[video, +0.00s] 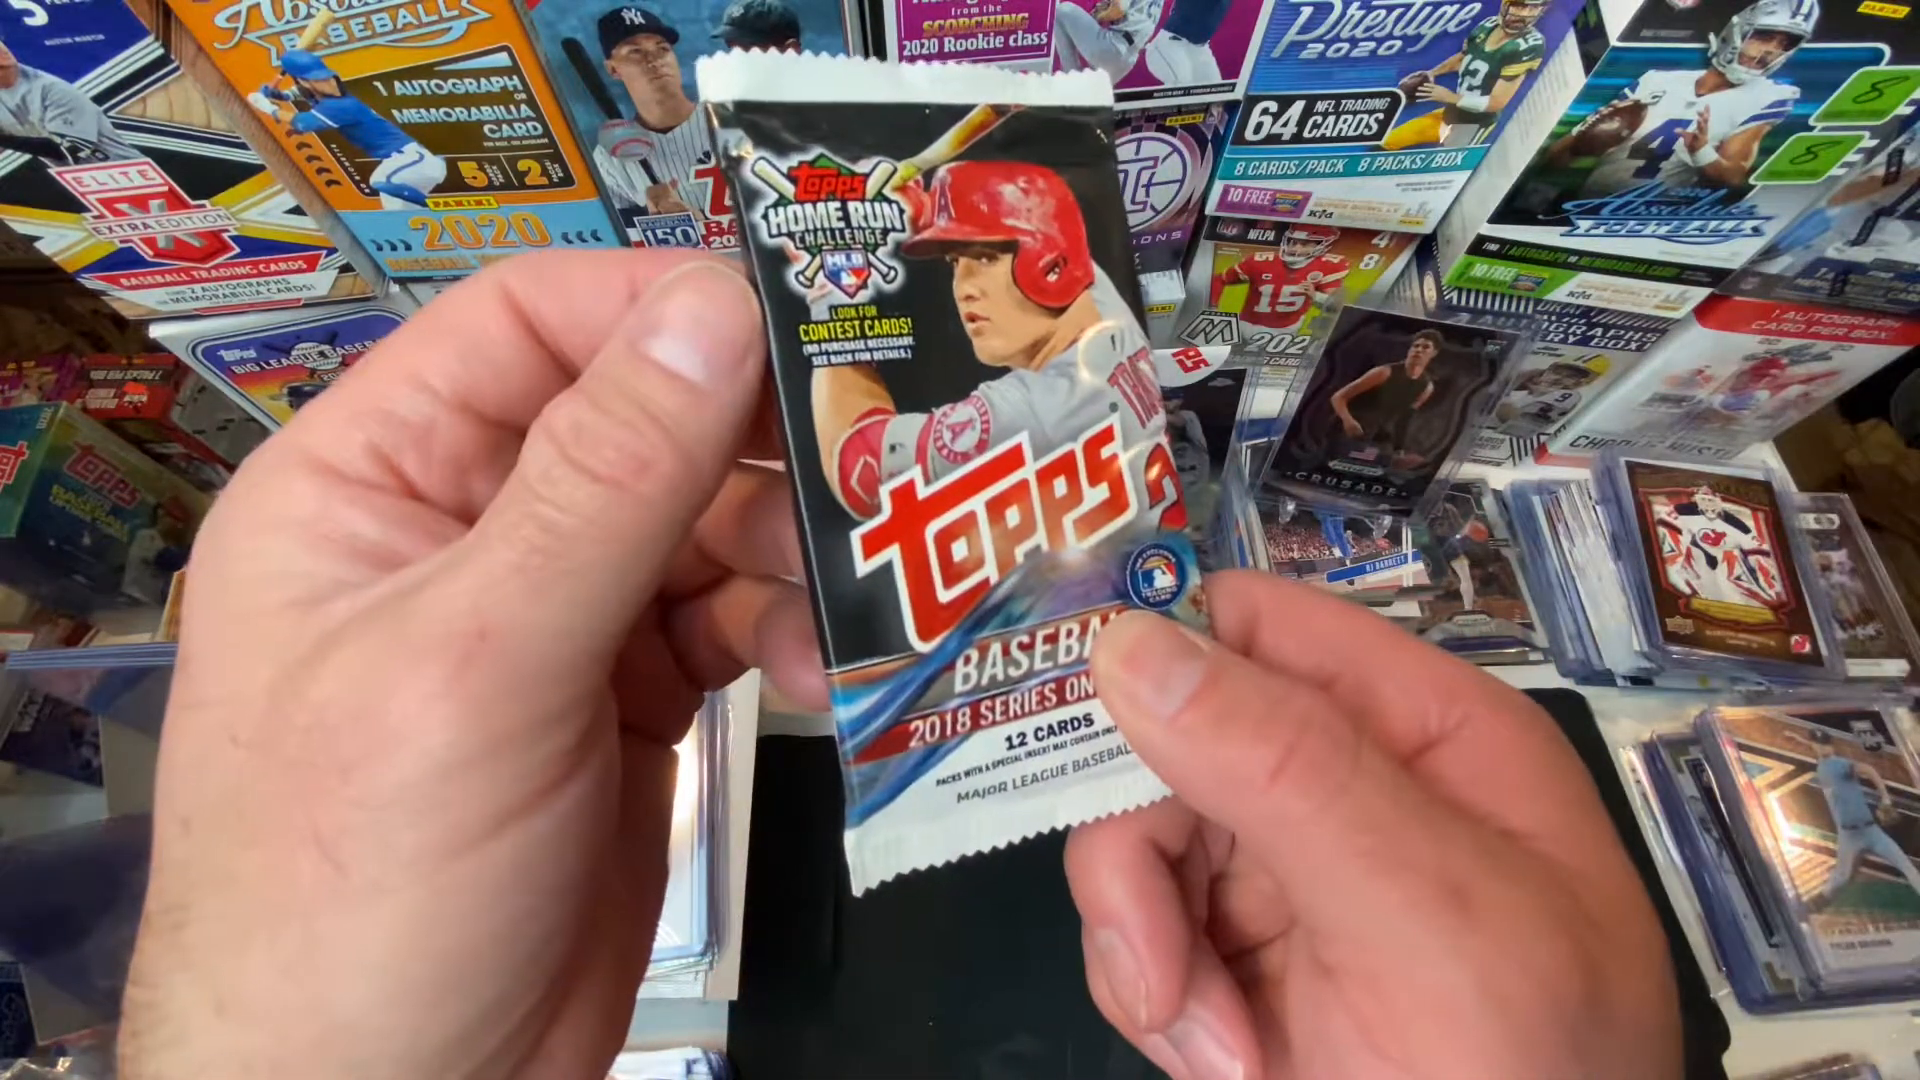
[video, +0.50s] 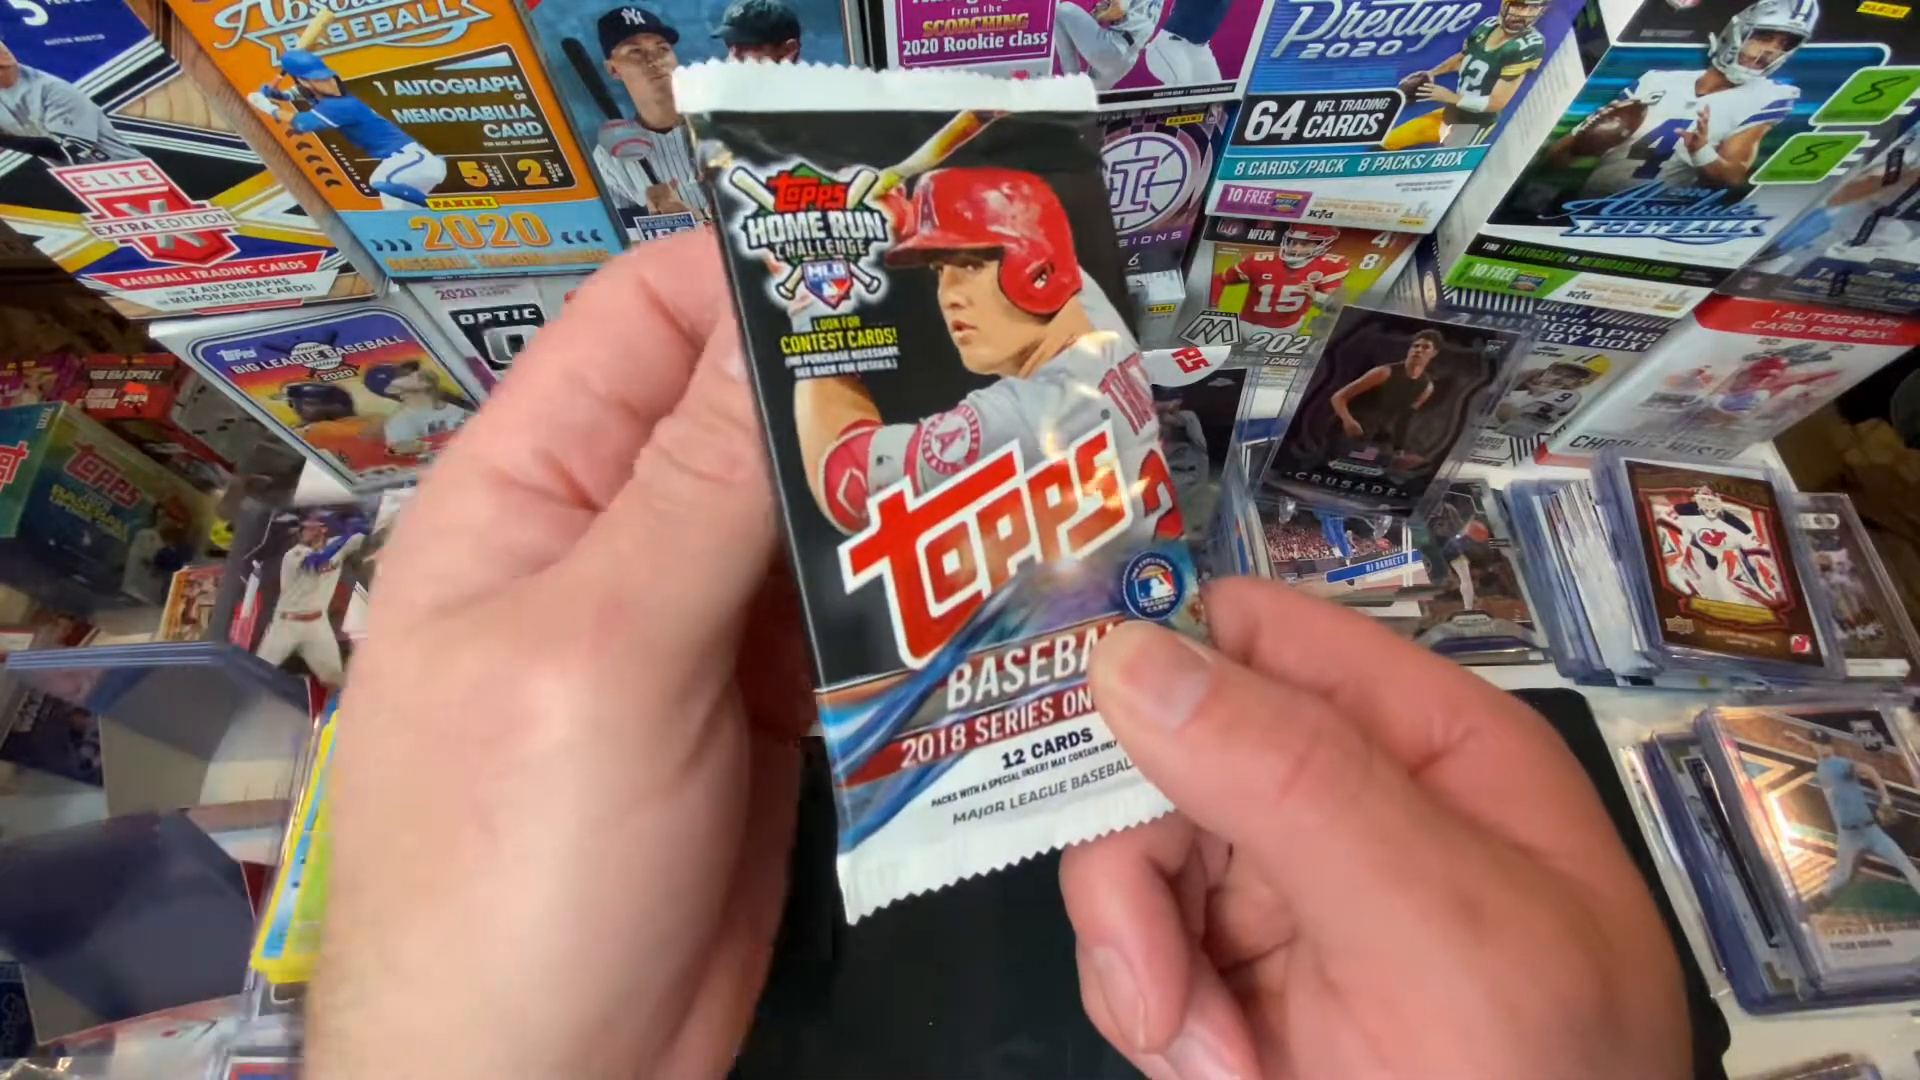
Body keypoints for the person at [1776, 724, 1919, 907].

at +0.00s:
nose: (1825, 749)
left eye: (1827, 744)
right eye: (1820, 746)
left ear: (1831, 745)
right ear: (1813, 747)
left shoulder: (1840, 764)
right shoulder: (1824, 767)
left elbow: (1869, 770)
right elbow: (1866, 770)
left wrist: (1885, 798)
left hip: (1870, 829)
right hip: (1847, 834)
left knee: (1904, 863)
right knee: (1842, 875)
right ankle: (1821, 899)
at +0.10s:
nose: (1824, 749)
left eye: (1826, 744)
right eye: (1819, 746)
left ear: (1831, 745)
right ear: (1813, 747)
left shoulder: (1839, 764)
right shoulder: (1822, 767)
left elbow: (1869, 770)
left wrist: (1885, 798)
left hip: (1870, 828)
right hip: (1847, 834)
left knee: (1904, 864)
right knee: (1842, 876)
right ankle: (1817, 902)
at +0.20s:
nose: (1824, 750)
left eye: (1827, 745)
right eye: (1819, 746)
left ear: (1832, 745)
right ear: (1813, 747)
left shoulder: (1840, 764)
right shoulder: (1822, 768)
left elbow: (1869, 770)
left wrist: (1885, 798)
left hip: (1870, 828)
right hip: (1847, 834)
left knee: (1904, 863)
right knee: (1842, 876)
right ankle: (1819, 901)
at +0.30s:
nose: (1824, 750)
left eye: (1826, 745)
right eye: (1819, 746)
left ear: (1831, 745)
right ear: (1813, 747)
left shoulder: (1840, 764)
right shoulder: (1823, 768)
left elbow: (1869, 770)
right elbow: (1866, 770)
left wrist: (1885, 798)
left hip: (1870, 828)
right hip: (1847, 834)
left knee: (1904, 863)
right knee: (1842, 875)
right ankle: (1817, 902)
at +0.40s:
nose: (1824, 750)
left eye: (1827, 745)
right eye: (1819, 746)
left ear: (1832, 745)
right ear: (1813, 747)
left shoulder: (1840, 764)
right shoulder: (1823, 768)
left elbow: (1869, 770)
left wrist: (1885, 798)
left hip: (1870, 828)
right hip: (1847, 834)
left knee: (1904, 863)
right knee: (1842, 876)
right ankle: (1819, 901)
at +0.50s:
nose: (1824, 750)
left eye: (1827, 745)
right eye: (1819, 746)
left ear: (1832, 745)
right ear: (1813, 747)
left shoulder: (1840, 764)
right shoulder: (1823, 768)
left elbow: (1869, 770)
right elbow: (1867, 770)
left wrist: (1885, 798)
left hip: (1870, 828)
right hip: (1847, 834)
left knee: (1904, 863)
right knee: (1842, 876)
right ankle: (1819, 901)